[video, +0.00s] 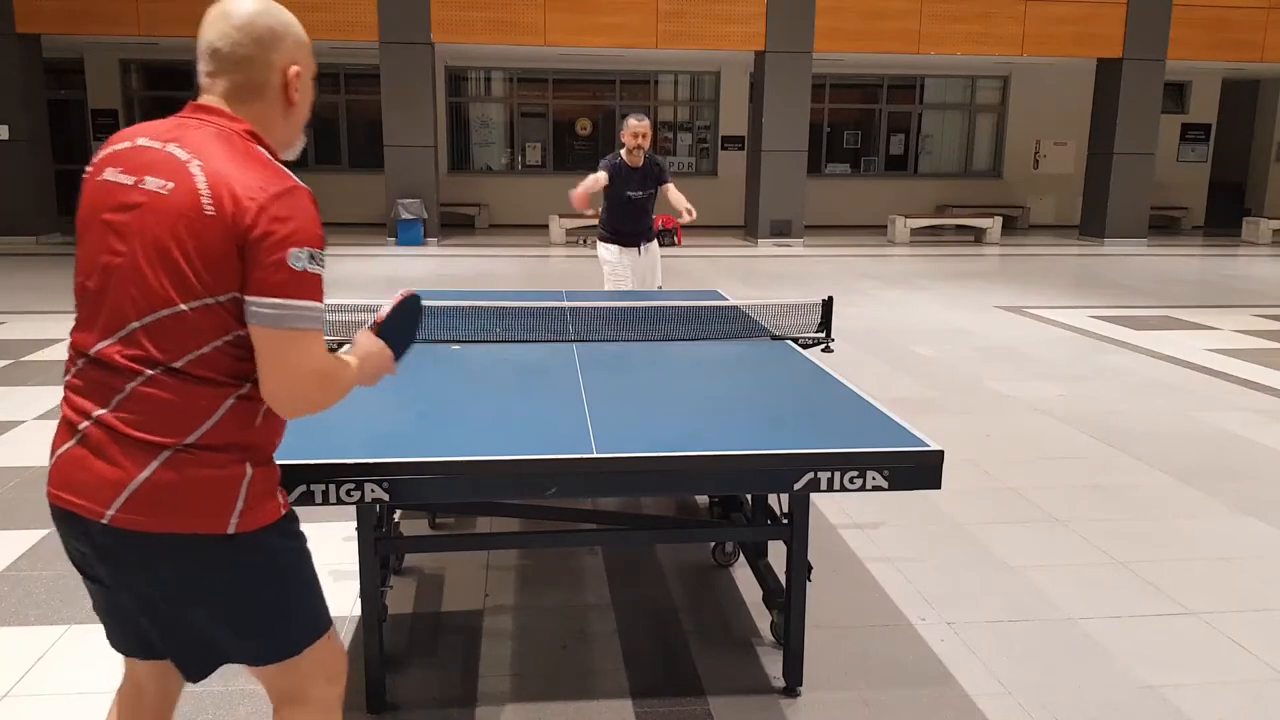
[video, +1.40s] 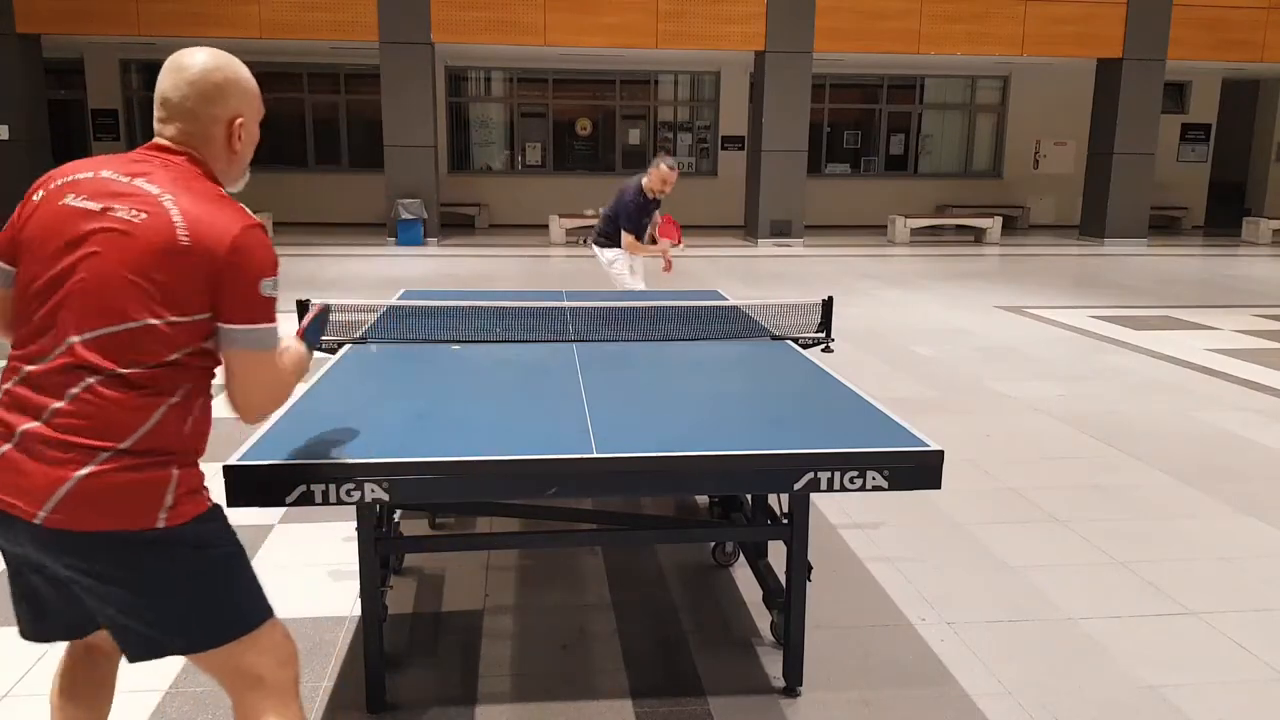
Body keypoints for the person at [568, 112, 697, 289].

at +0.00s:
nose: (640, 142)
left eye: (644, 136)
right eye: (634, 136)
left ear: (651, 137)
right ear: (623, 136)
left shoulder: (655, 165)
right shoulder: (612, 164)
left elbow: (670, 190)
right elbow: (599, 179)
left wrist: (684, 207)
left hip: (647, 245)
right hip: (614, 246)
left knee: (650, 300)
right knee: (621, 302)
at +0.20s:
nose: (643, 144)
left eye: (648, 139)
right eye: (638, 138)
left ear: (654, 141)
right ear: (627, 139)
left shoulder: (657, 172)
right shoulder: (611, 168)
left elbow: (675, 205)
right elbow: (582, 184)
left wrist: (692, 229)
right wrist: (557, 196)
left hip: (648, 248)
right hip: (617, 248)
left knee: (652, 304)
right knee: (623, 305)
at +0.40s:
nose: (643, 144)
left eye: (648, 139)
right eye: (639, 139)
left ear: (654, 142)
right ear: (628, 140)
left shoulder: (659, 172)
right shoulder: (612, 169)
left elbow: (672, 209)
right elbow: (585, 197)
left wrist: (685, 246)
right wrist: (573, 220)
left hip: (647, 248)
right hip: (614, 248)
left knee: (652, 304)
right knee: (618, 303)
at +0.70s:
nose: (632, 142)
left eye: (636, 137)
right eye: (627, 137)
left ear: (641, 140)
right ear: (616, 139)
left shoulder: (641, 168)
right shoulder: (602, 168)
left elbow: (647, 204)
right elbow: (584, 208)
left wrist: (657, 239)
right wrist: (595, 242)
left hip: (634, 248)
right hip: (603, 250)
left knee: (639, 302)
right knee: (602, 307)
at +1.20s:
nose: (645, 160)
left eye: (649, 156)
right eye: (641, 155)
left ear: (653, 157)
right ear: (628, 153)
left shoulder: (644, 180)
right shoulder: (614, 178)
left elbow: (644, 213)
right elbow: (599, 220)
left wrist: (652, 247)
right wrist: (622, 252)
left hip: (627, 243)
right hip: (603, 242)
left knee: (634, 286)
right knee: (622, 288)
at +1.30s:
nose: (656, 172)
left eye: (660, 167)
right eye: (652, 165)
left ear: (663, 167)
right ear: (639, 161)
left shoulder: (650, 183)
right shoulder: (622, 184)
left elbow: (649, 213)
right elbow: (615, 231)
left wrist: (658, 249)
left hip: (628, 241)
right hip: (603, 240)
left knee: (630, 288)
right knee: (629, 284)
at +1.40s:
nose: (667, 190)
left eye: (671, 184)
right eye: (664, 182)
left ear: (675, 182)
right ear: (650, 175)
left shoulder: (653, 191)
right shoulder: (630, 197)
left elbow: (655, 224)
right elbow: (628, 245)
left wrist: (664, 252)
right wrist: (659, 249)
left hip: (633, 243)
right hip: (608, 245)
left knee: (637, 291)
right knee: (635, 293)